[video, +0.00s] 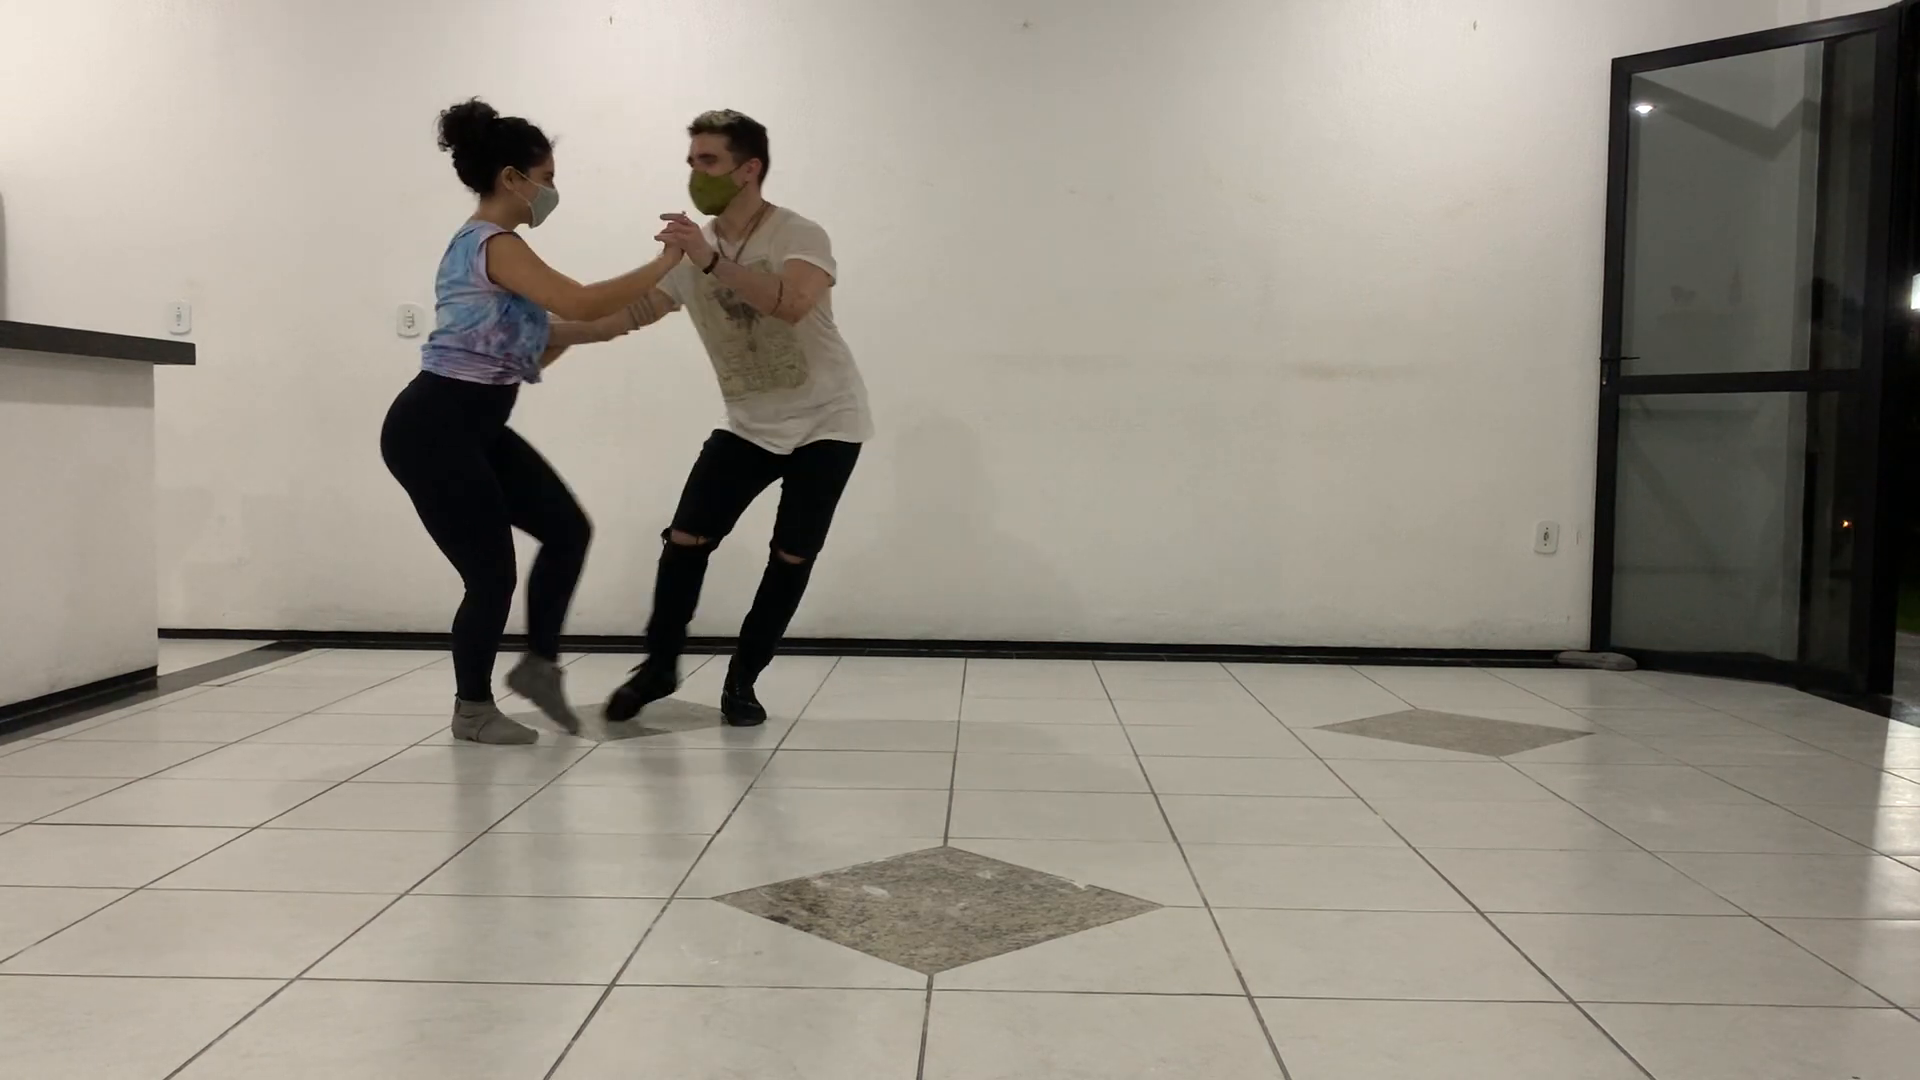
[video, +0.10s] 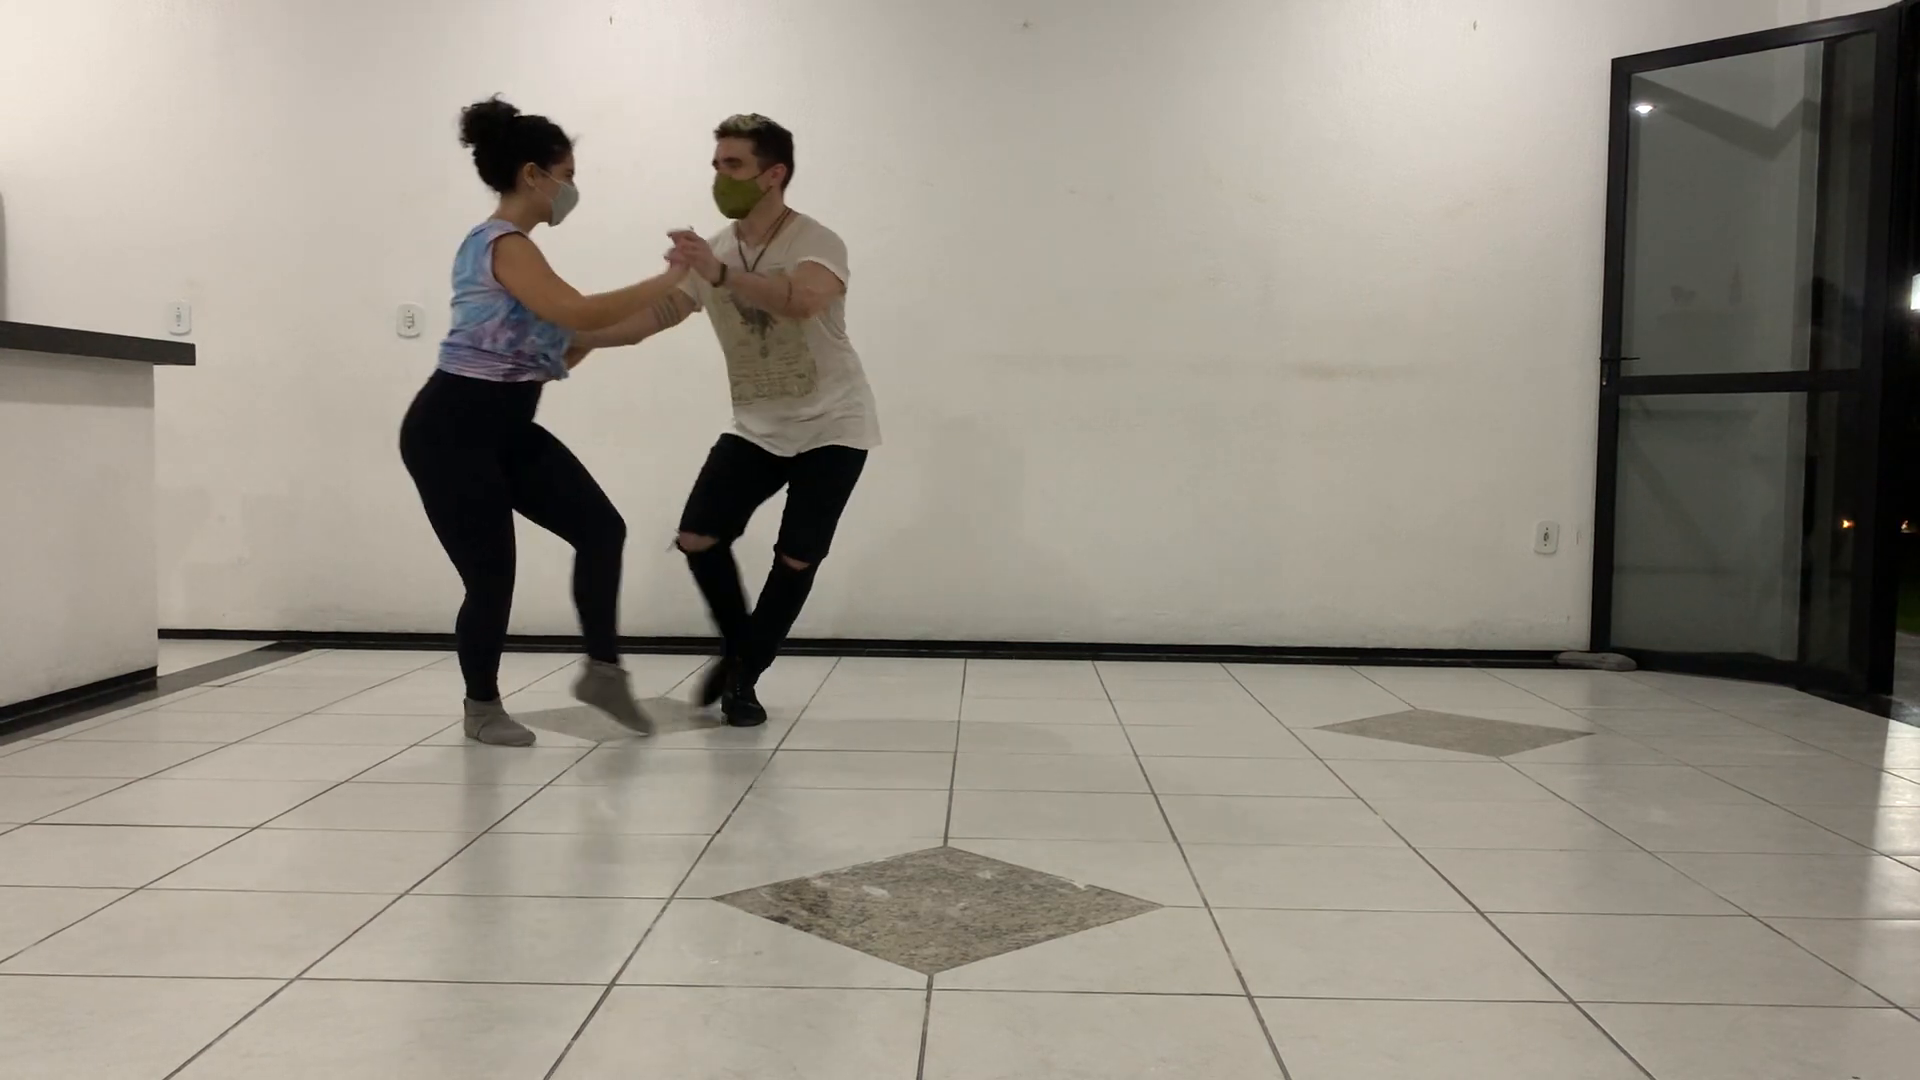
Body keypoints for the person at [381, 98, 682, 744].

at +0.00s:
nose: (554, 190)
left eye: (553, 177)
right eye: (546, 177)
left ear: (506, 179)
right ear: (512, 180)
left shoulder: (481, 247)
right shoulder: (492, 245)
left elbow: (531, 342)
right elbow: (582, 303)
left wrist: (623, 322)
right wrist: (667, 260)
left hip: (475, 428)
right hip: (433, 431)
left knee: (568, 531)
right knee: (491, 574)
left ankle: (539, 663)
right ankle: (472, 710)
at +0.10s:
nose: (574, 189)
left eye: (573, 176)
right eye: (567, 175)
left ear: (527, 177)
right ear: (531, 176)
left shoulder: (513, 252)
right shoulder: (500, 243)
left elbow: (566, 346)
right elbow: (578, 314)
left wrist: (659, 317)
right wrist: (666, 278)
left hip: (504, 431)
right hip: (451, 430)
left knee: (601, 530)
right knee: (489, 573)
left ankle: (603, 669)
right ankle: (481, 707)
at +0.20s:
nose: (600, 185)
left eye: (599, 172)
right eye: (593, 172)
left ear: (554, 174)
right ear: (559, 175)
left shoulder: (534, 248)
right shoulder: (531, 244)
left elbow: (607, 337)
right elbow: (606, 316)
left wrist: (702, 301)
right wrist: (698, 295)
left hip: (535, 433)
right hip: (480, 432)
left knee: (613, 546)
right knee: (502, 575)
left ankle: (656, 683)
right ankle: (487, 705)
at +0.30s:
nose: (633, 175)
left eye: (629, 164)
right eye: (624, 164)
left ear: (585, 172)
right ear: (594, 171)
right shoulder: (580, 245)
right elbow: (665, 309)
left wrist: (746, 285)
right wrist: (752, 275)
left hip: (568, 435)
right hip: (527, 432)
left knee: (619, 570)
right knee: (523, 575)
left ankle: (666, 702)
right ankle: (484, 699)